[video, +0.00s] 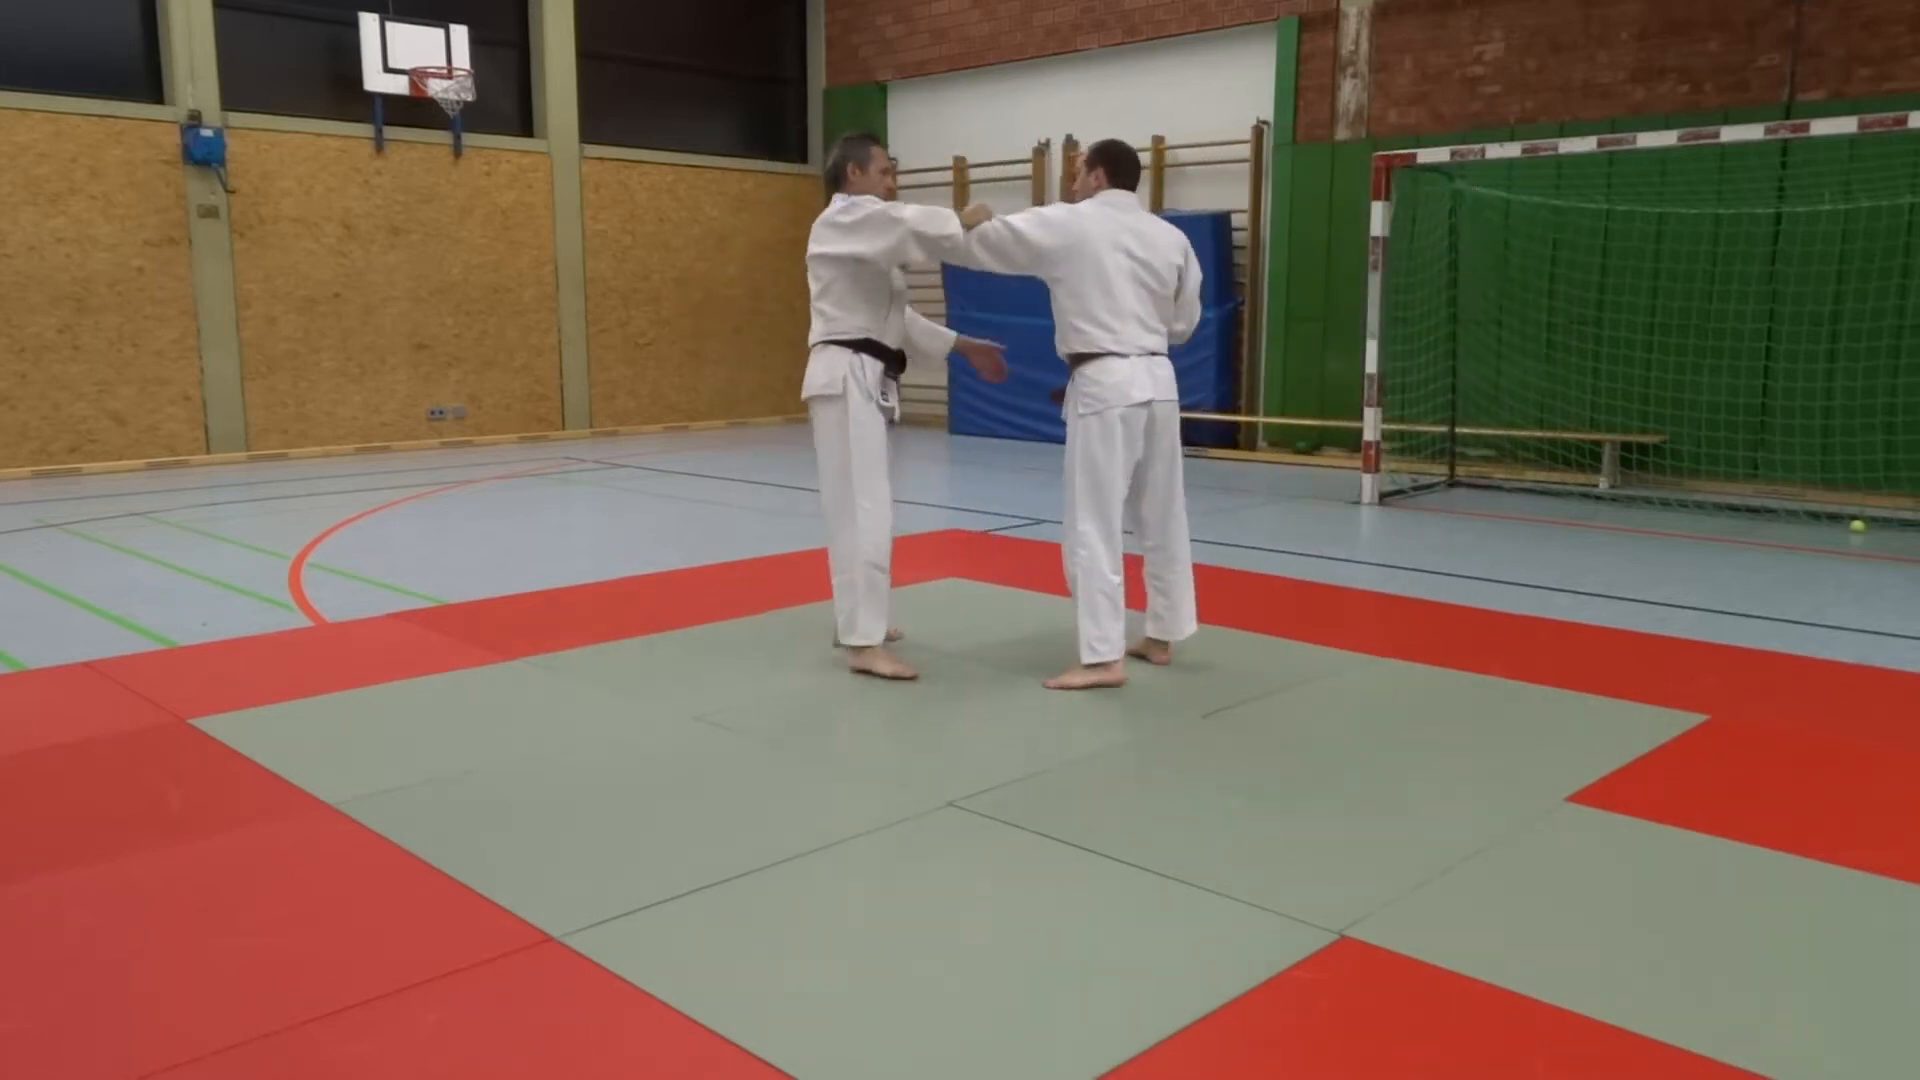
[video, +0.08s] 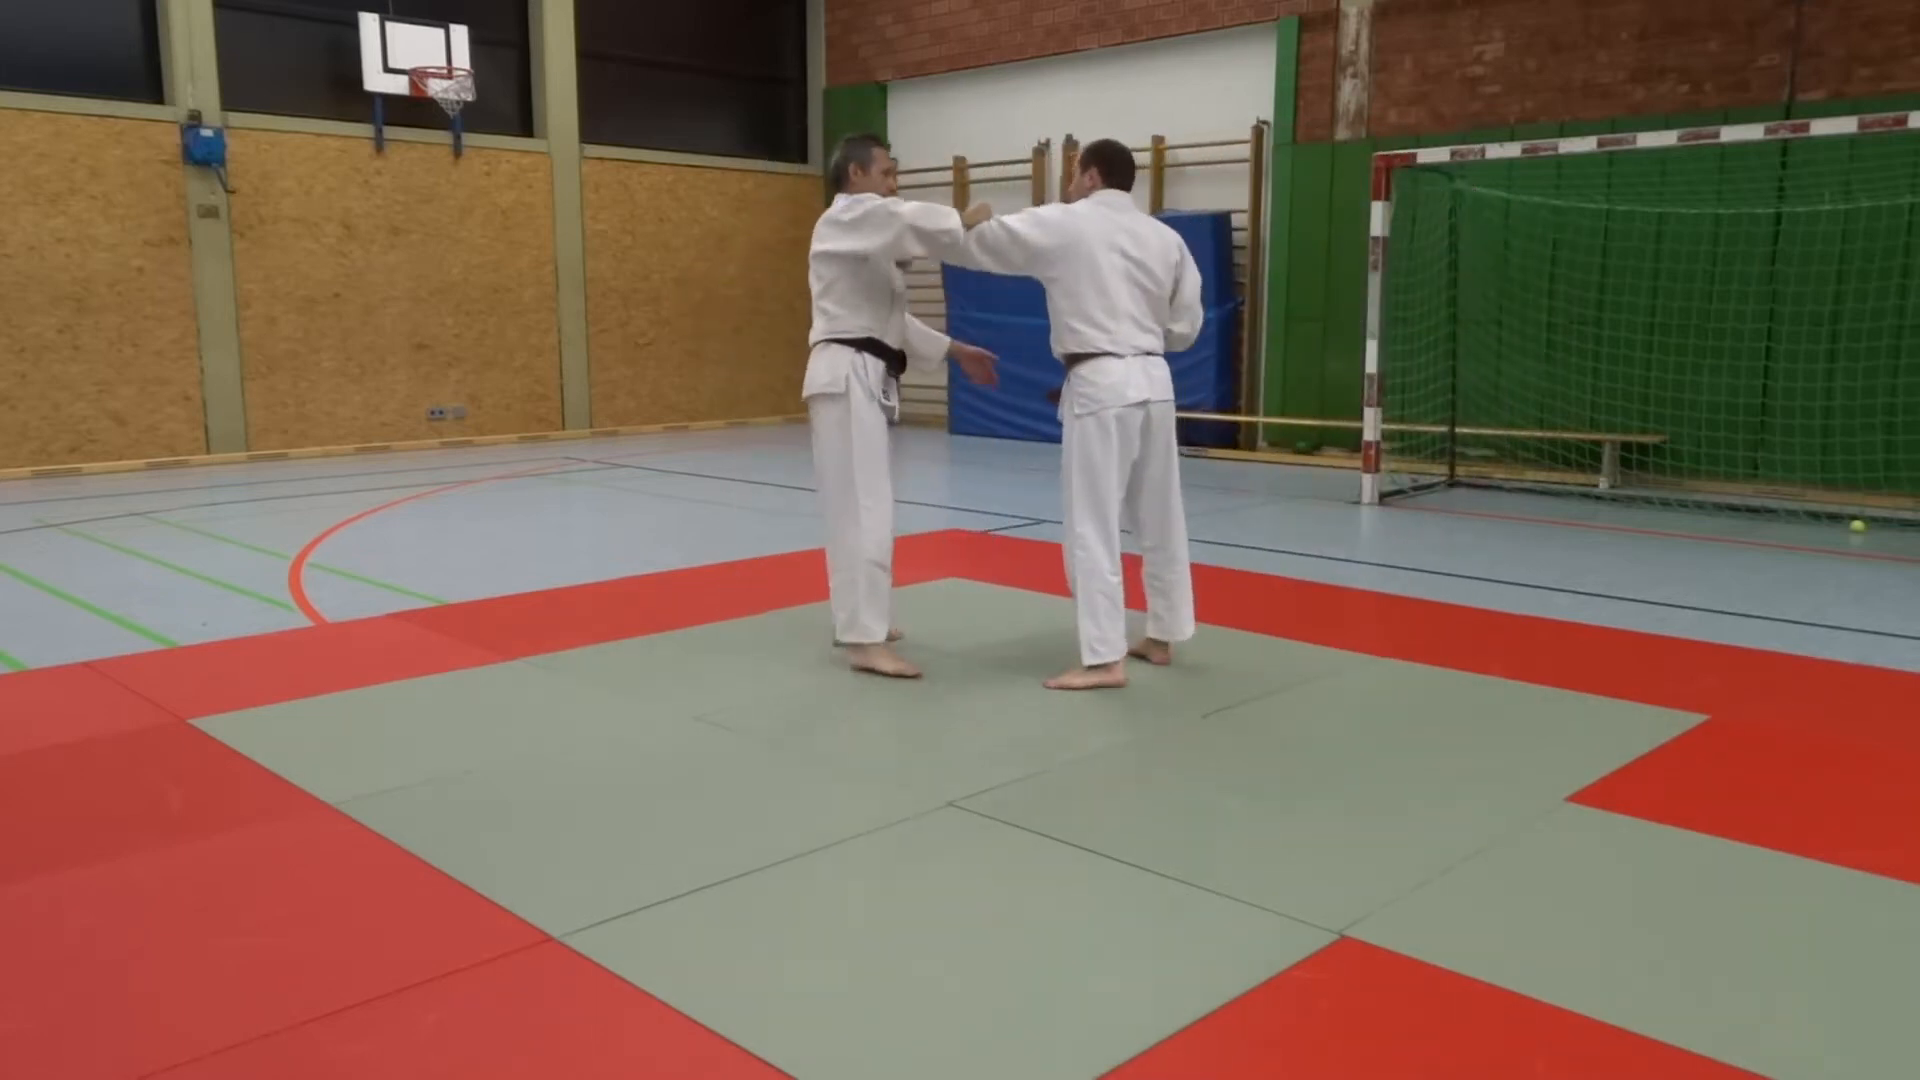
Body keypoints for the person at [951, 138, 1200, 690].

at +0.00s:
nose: (1073, 184)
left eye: (1077, 175)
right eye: (1075, 175)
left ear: (1097, 176)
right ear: (1132, 181)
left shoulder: (1067, 223)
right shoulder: (1170, 236)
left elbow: (982, 240)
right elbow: (1183, 324)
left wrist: (965, 221)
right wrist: (1132, 322)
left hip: (1102, 383)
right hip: (1160, 381)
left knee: (1093, 522)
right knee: (1163, 514)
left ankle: (1102, 658)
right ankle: (1162, 638)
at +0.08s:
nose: (1070, 184)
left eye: (1073, 175)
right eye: (1072, 175)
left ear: (1091, 176)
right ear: (1127, 182)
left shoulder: (1064, 222)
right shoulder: (1164, 236)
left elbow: (980, 242)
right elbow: (1185, 328)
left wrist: (967, 221)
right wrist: (1134, 336)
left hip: (1097, 383)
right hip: (1156, 382)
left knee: (1091, 524)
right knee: (1160, 516)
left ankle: (1103, 659)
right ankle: (1162, 639)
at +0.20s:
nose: (1064, 184)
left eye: (1067, 174)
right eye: (1067, 174)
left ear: (1082, 176)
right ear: (1119, 180)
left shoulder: (1057, 222)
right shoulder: (1157, 236)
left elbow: (973, 244)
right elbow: (1179, 329)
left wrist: (905, 223)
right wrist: (1129, 349)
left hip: (1090, 385)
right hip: (1149, 383)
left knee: (1087, 525)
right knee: (1155, 519)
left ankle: (1101, 662)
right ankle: (1159, 640)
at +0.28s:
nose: (1058, 183)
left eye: (1060, 174)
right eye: (1060, 174)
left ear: (1075, 176)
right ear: (1114, 180)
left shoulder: (1049, 223)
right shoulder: (1150, 237)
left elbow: (971, 243)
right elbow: (1172, 331)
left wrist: (897, 224)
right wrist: (1122, 346)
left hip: (1083, 384)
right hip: (1142, 383)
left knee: (1082, 527)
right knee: (1151, 521)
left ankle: (1099, 662)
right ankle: (1157, 640)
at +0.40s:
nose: (1049, 184)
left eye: (1051, 175)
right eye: (1052, 175)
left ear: (1066, 177)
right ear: (1105, 181)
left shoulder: (1042, 225)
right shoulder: (1141, 238)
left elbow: (970, 246)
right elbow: (1161, 332)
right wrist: (1111, 348)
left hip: (1072, 387)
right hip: (1132, 386)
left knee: (1074, 528)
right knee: (1139, 519)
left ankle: (1096, 663)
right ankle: (1145, 637)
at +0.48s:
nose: (1044, 184)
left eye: (1046, 176)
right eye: (1047, 175)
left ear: (1059, 177)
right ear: (1100, 181)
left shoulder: (1035, 226)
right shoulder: (1136, 237)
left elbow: (966, 250)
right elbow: (1156, 329)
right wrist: (1110, 349)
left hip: (1066, 386)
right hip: (1126, 384)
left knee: (1070, 528)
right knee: (1126, 517)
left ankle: (1098, 664)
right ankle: (1134, 634)